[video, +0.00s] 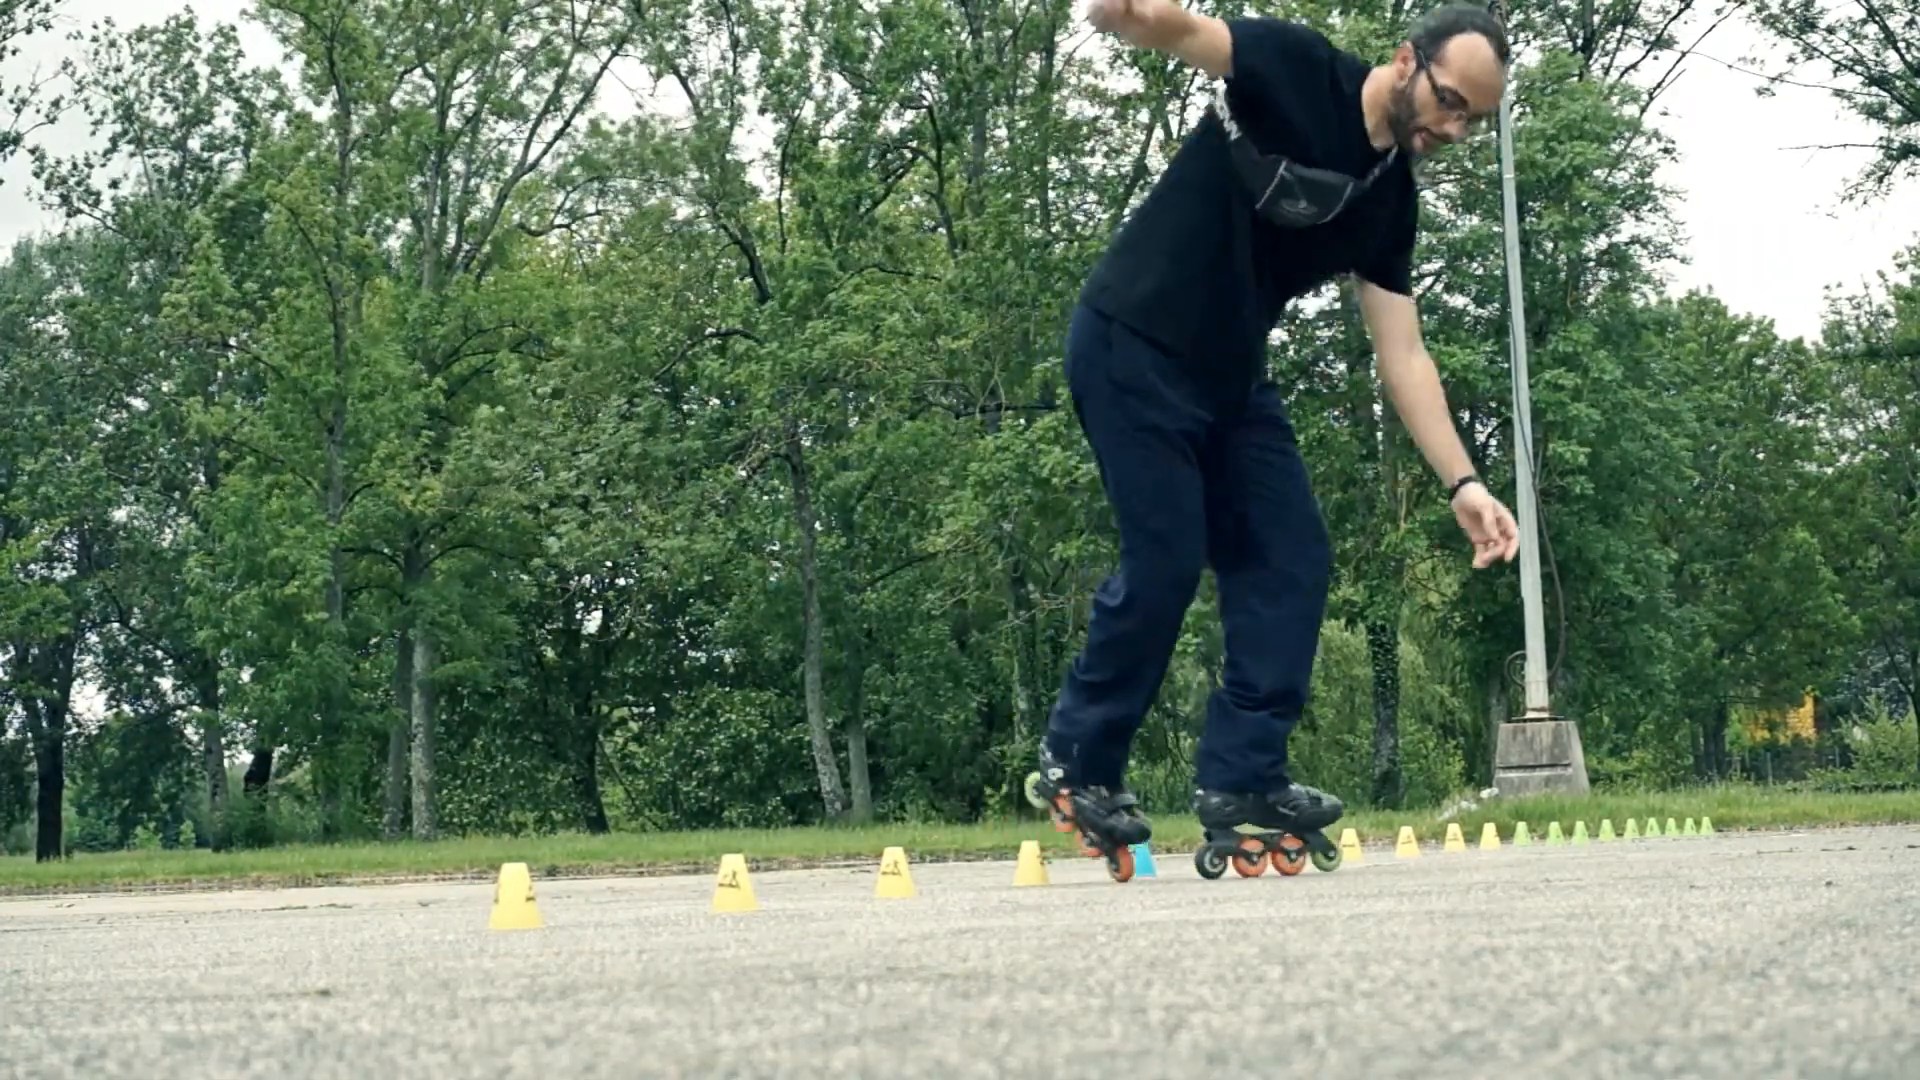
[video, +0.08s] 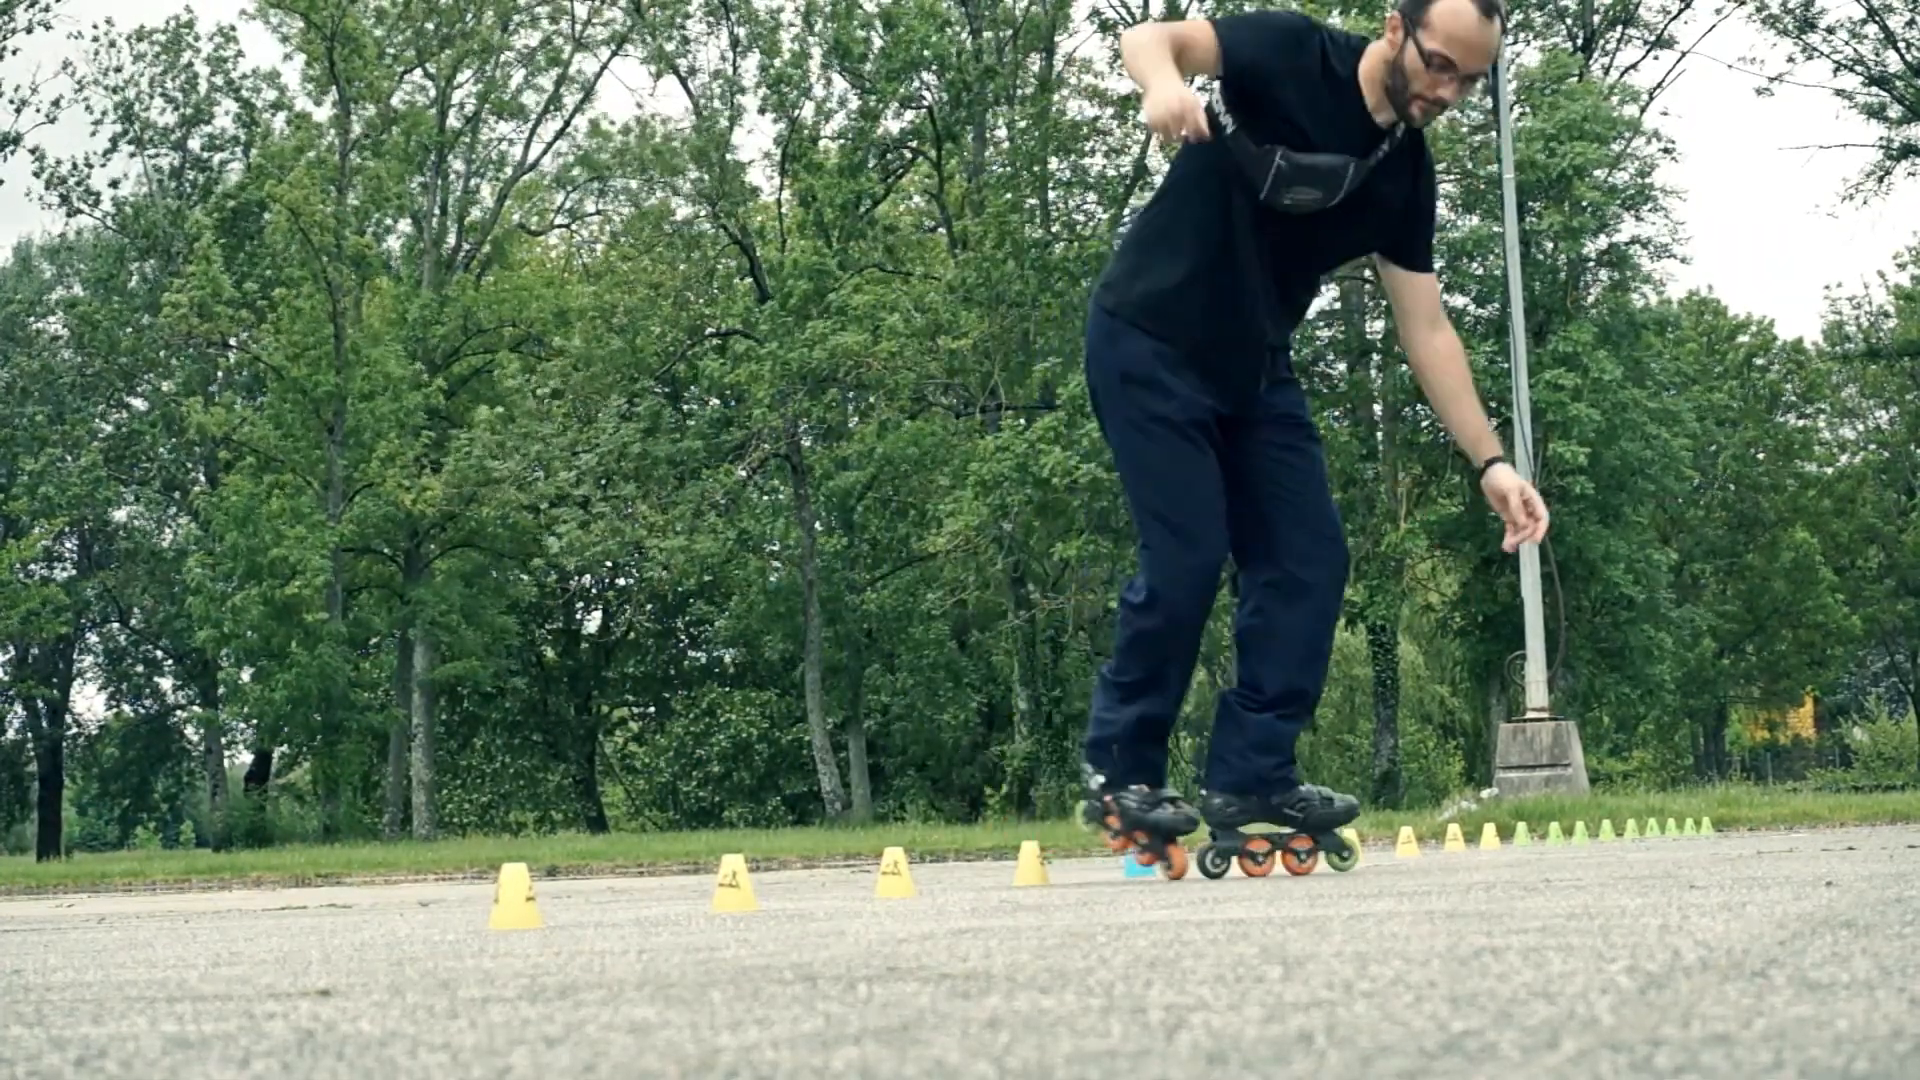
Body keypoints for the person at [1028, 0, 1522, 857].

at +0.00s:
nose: (1453, 127)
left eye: (1472, 118)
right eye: (1449, 100)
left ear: (1478, 113)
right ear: (1409, 58)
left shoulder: (1389, 197)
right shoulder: (1301, 67)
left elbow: (1402, 351)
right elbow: (1187, 32)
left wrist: (1464, 483)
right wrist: (1130, 18)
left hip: (1229, 367)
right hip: (1131, 335)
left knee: (1288, 558)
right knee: (1166, 556)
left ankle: (1242, 781)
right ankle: (1078, 765)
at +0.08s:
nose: (1449, 93)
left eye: (1470, 81)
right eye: (1439, 65)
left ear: (1486, 75)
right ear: (1396, 28)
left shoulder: (1404, 171)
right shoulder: (1291, 51)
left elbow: (1428, 328)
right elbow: (1145, 38)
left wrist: (1491, 463)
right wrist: (1164, 85)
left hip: (1255, 363)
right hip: (1148, 334)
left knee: (1306, 561)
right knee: (1188, 551)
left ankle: (1249, 778)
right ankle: (1122, 767)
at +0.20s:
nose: (1430, 50)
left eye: (1454, 35)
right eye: (1417, 24)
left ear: (1473, 30)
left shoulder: (1430, 134)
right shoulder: (1290, 37)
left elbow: (1464, 289)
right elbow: (1145, 96)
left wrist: (1531, 426)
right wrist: (1209, 196)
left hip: (1291, 354)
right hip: (1176, 328)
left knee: (1339, 551)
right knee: (1220, 531)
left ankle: (1303, 779)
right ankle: (1173, 773)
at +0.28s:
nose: (1421, 29)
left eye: (1445, 15)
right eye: (1408, 7)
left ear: (1465, 18)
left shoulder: (1447, 119)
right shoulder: (1289, 35)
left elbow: (1484, 266)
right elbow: (1148, 124)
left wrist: (1549, 404)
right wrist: (1211, 243)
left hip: (1316, 352)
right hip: (1201, 329)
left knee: (1368, 550)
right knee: (1245, 542)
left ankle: (1351, 779)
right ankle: (1217, 774)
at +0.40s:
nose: (1410, 14)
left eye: (1431, 1)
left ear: (1454, 4)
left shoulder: (1466, 101)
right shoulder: (1284, 43)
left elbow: (1506, 243)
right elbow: (1150, 147)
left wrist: (1564, 383)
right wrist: (1187, 286)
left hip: (1357, 358)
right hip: (1239, 341)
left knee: (1413, 555)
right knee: (1301, 534)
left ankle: (1423, 779)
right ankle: (1287, 779)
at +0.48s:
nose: (1392, 8)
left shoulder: (1467, 78)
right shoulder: (1273, 43)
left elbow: (1511, 226)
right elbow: (1152, 147)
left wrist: (1564, 372)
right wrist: (1182, 292)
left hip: (1382, 349)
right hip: (1264, 339)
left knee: (1433, 547)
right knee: (1336, 527)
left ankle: (1467, 779)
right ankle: (1325, 776)